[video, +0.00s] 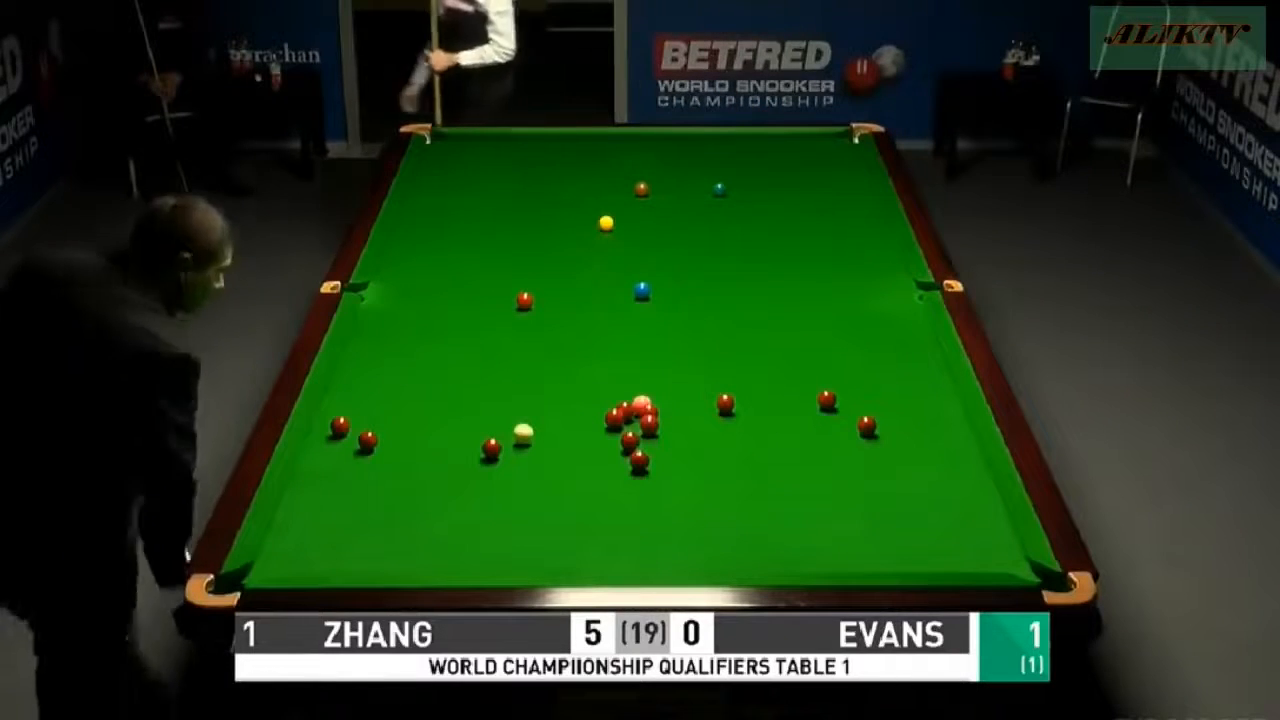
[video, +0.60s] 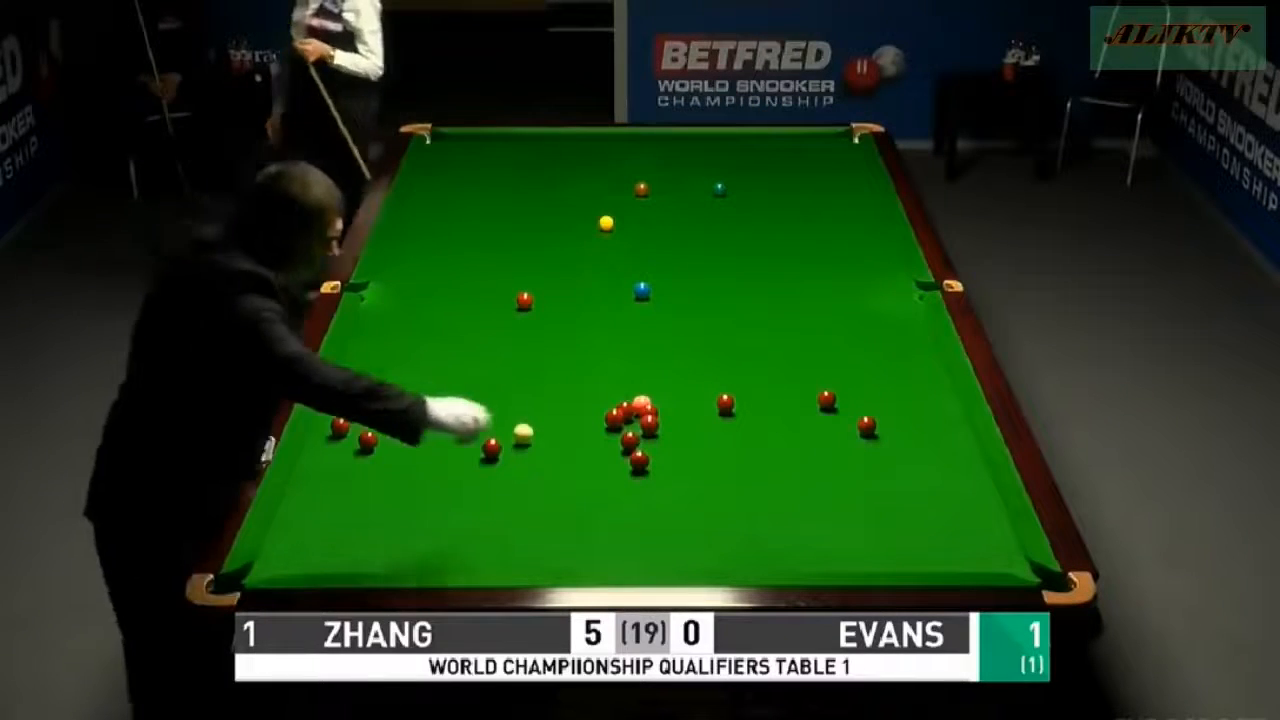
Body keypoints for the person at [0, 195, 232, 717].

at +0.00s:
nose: (223, 282)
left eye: (224, 271)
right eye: (218, 272)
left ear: (138, 245)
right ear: (181, 271)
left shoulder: (43, 273)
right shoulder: (161, 362)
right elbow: (169, 485)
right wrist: (171, 568)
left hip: (3, 512)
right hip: (82, 548)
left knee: (58, 660)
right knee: (100, 674)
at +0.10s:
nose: (234, 267)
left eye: (235, 256)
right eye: (229, 257)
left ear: (151, 236)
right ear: (193, 257)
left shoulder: (67, 280)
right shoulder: (168, 345)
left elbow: (40, 409)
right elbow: (161, 466)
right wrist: (177, 519)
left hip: (43, 512)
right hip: (113, 545)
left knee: (76, 672)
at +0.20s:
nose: (246, 257)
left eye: (247, 245)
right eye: (240, 246)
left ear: (177, 231)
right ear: (201, 242)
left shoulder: (94, 277)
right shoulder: (162, 316)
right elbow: (158, 442)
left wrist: (197, 444)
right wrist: (207, 485)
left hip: (69, 517)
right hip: (121, 536)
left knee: (102, 669)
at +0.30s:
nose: (269, 243)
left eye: (270, 231)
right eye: (262, 231)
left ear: (213, 222)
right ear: (224, 227)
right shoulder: (164, 279)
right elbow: (191, 371)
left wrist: (232, 429)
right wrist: (261, 426)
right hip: (132, 510)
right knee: (156, 667)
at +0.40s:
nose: (286, 241)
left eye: (287, 229)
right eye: (279, 230)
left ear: (237, 221)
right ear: (239, 226)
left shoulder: (200, 264)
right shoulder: (179, 276)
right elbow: (220, 362)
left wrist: (228, 427)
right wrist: (313, 410)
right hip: (133, 508)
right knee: (168, 665)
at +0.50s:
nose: (314, 242)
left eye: (315, 230)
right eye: (306, 231)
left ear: (252, 220)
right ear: (268, 229)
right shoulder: (210, 284)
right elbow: (271, 363)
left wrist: (236, 436)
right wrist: (379, 402)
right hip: (144, 507)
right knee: (176, 655)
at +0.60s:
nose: (335, 250)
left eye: (336, 239)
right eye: (329, 239)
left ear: (267, 224)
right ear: (291, 238)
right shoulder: (237, 293)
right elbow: (301, 373)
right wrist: (422, 410)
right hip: (154, 508)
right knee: (171, 666)